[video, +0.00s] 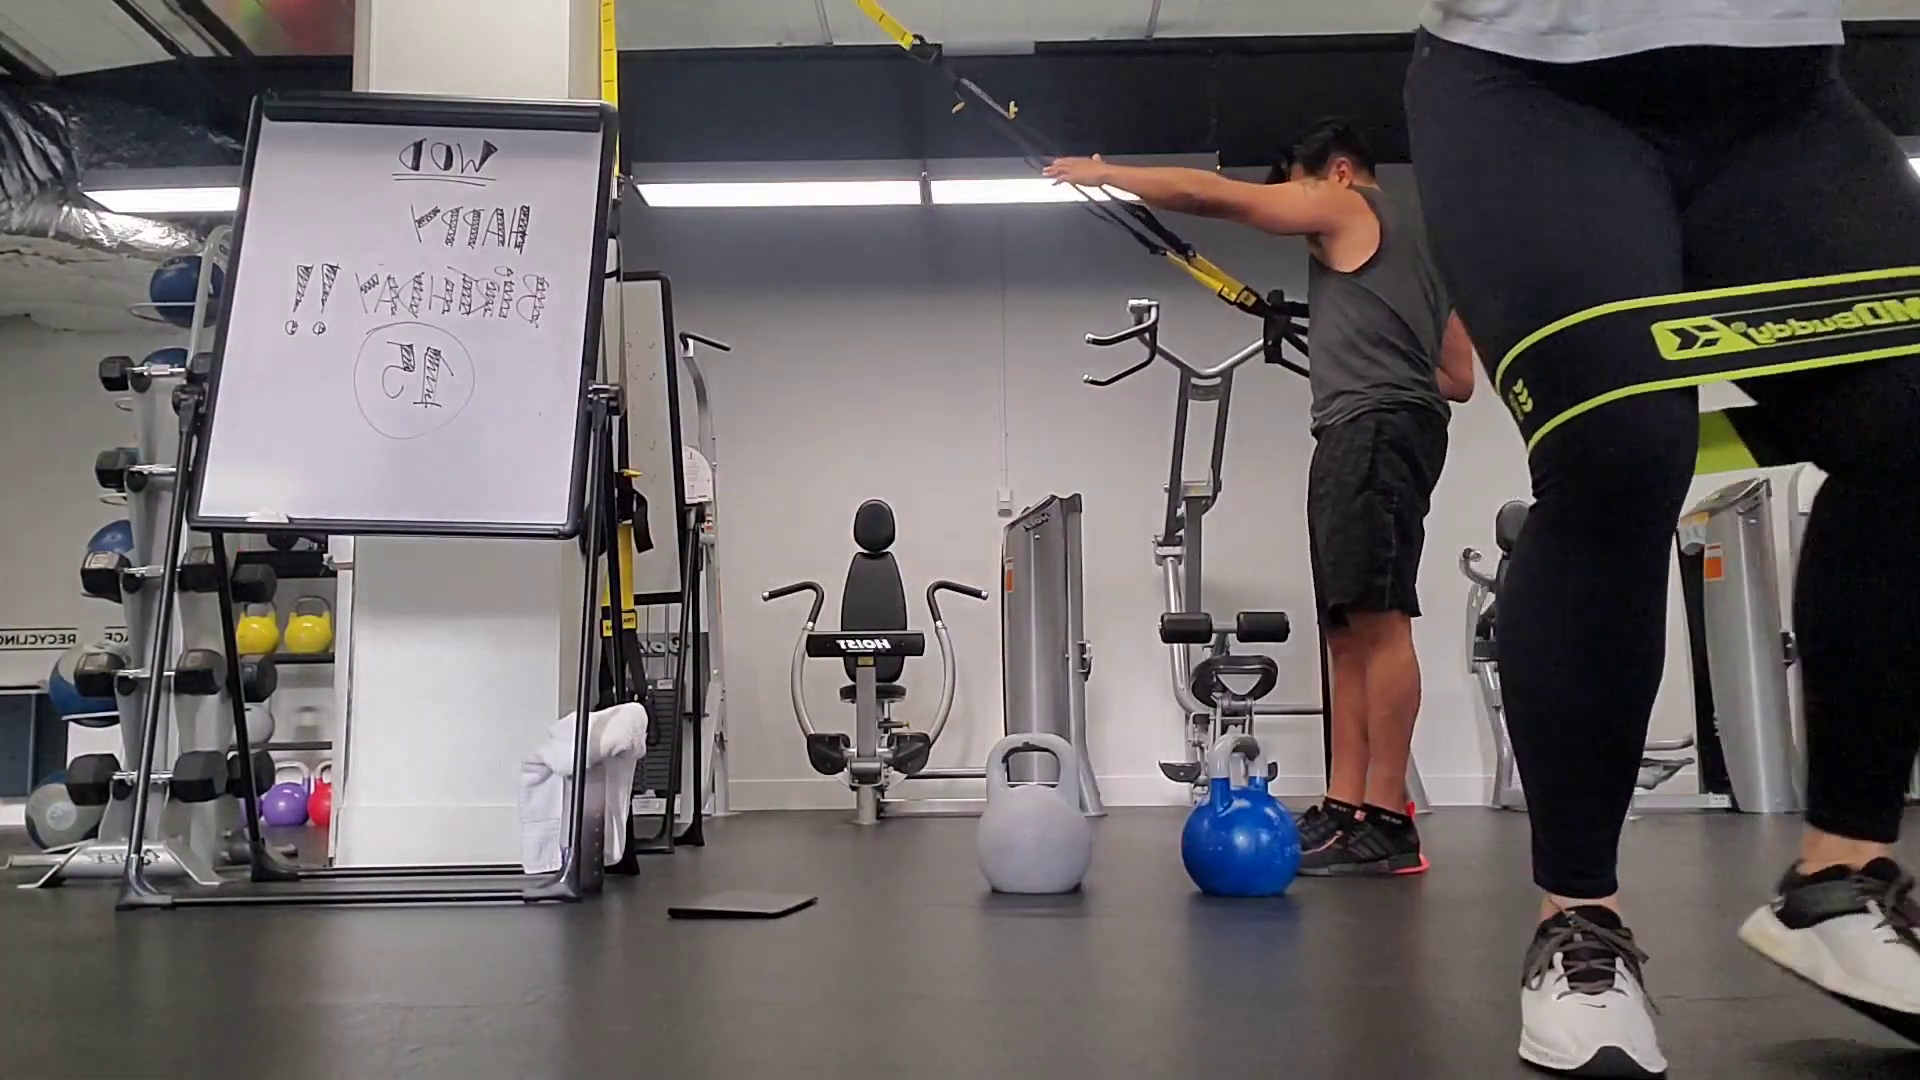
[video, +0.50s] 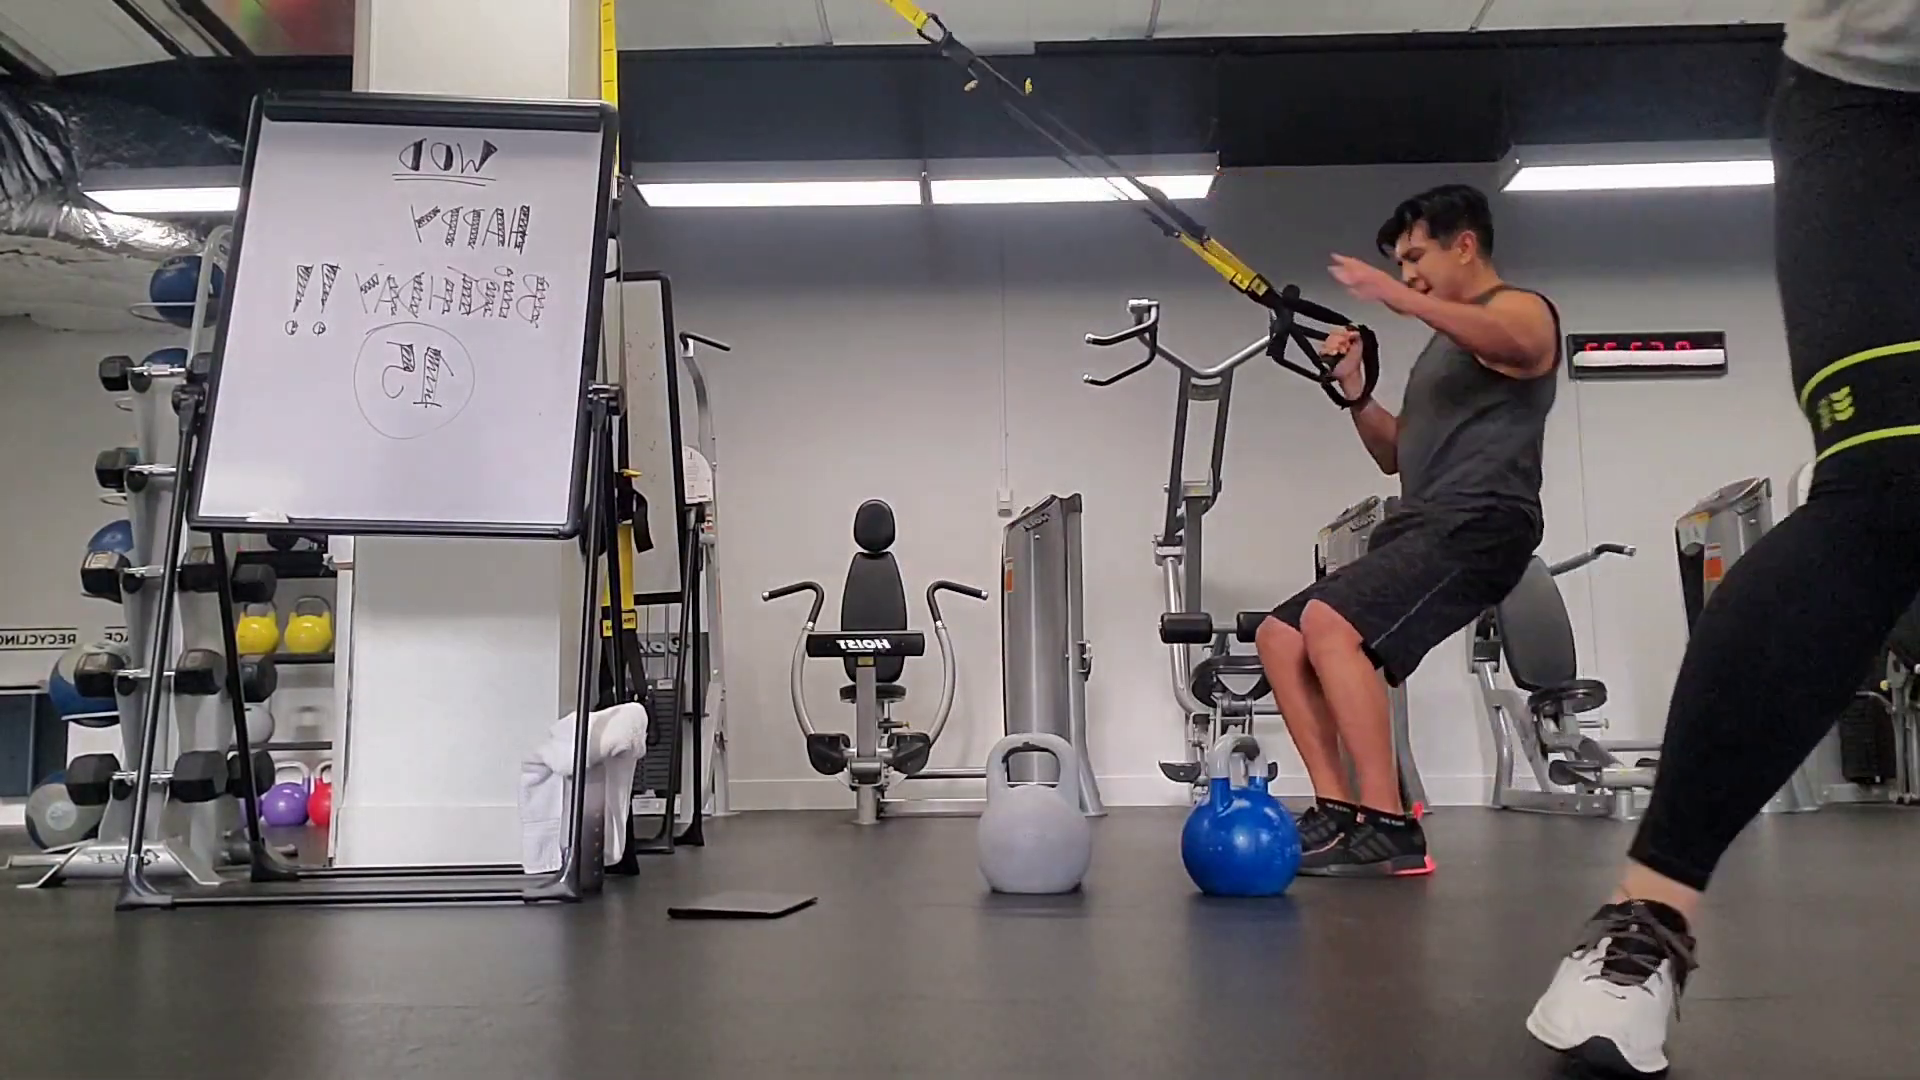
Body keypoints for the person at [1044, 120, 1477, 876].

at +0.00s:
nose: (1296, 204)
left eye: (1302, 187)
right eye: (1295, 191)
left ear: (1342, 169)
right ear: (1357, 173)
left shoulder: (1349, 204)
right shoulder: (1425, 246)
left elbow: (1215, 192)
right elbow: (1460, 379)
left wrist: (1104, 171)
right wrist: (1361, 338)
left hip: (1373, 426)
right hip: (1385, 429)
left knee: (1381, 627)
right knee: (1345, 628)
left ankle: (1389, 821)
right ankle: (1346, 809)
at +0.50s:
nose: (1408, 277)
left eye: (1416, 257)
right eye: (1401, 264)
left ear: (1466, 244)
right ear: (1459, 254)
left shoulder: (1522, 306)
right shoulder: (1444, 348)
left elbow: (1523, 345)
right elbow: (1401, 456)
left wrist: (1405, 296)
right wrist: (1359, 398)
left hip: (1482, 522)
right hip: (1422, 526)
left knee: (1329, 621)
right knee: (1279, 635)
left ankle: (1389, 824)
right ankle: (1339, 813)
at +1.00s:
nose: (1629, 473)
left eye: (1650, 462)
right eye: (1618, 461)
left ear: (1692, 482)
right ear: (1603, 471)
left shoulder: (1711, 597)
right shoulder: (1558, 522)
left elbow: (1776, 721)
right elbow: (1450, 468)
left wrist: (1877, 800)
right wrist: (1375, 399)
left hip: (1563, 758)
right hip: (1482, 731)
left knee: (1444, 625)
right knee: (1334, 636)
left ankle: (1403, 823)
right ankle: (1341, 812)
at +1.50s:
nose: (1541, 358)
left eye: (1558, 342)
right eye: (1541, 349)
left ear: (1611, 357)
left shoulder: (1626, 443)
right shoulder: (1529, 453)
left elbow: (1621, 538)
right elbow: (1432, 465)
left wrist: (1595, 557)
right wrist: (1373, 392)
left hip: (1520, 631)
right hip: (1467, 623)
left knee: (1341, 629)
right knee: (1286, 638)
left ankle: (1391, 825)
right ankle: (1333, 811)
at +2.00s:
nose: (1380, 164)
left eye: (1393, 153)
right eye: (1387, 153)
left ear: (1432, 164)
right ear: (1442, 171)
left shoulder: (1398, 206)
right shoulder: (1468, 265)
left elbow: (1269, 172)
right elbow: (1466, 384)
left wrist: (1158, 128)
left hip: (1399, 433)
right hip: (1421, 440)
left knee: (1360, 615)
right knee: (1321, 617)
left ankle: (1387, 822)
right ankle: (1315, 803)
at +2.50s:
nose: (1333, 188)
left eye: (1343, 175)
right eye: (1337, 176)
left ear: (1383, 178)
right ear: (1395, 186)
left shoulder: (1370, 225)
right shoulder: (1423, 274)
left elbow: (1250, 191)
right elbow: (1431, 400)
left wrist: (1140, 147)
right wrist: (1333, 362)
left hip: (1375, 439)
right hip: (1370, 446)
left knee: (1344, 616)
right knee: (1309, 629)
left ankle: (1387, 816)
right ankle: (1316, 808)